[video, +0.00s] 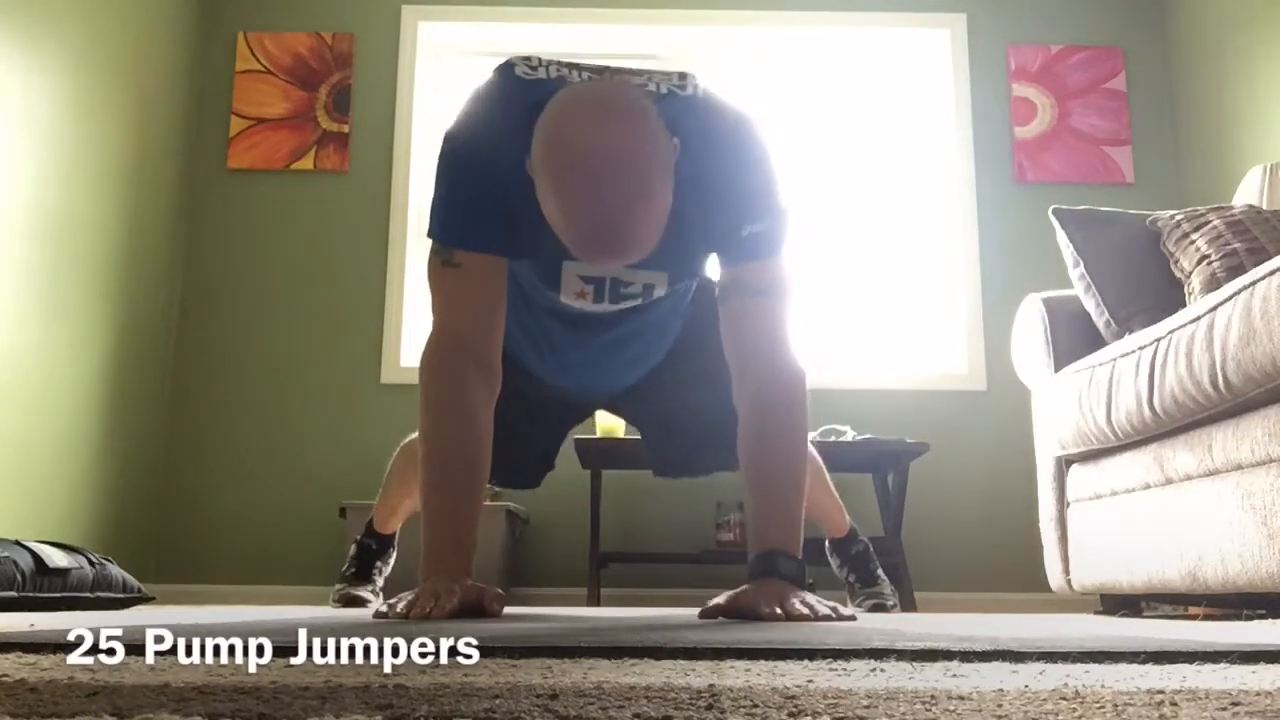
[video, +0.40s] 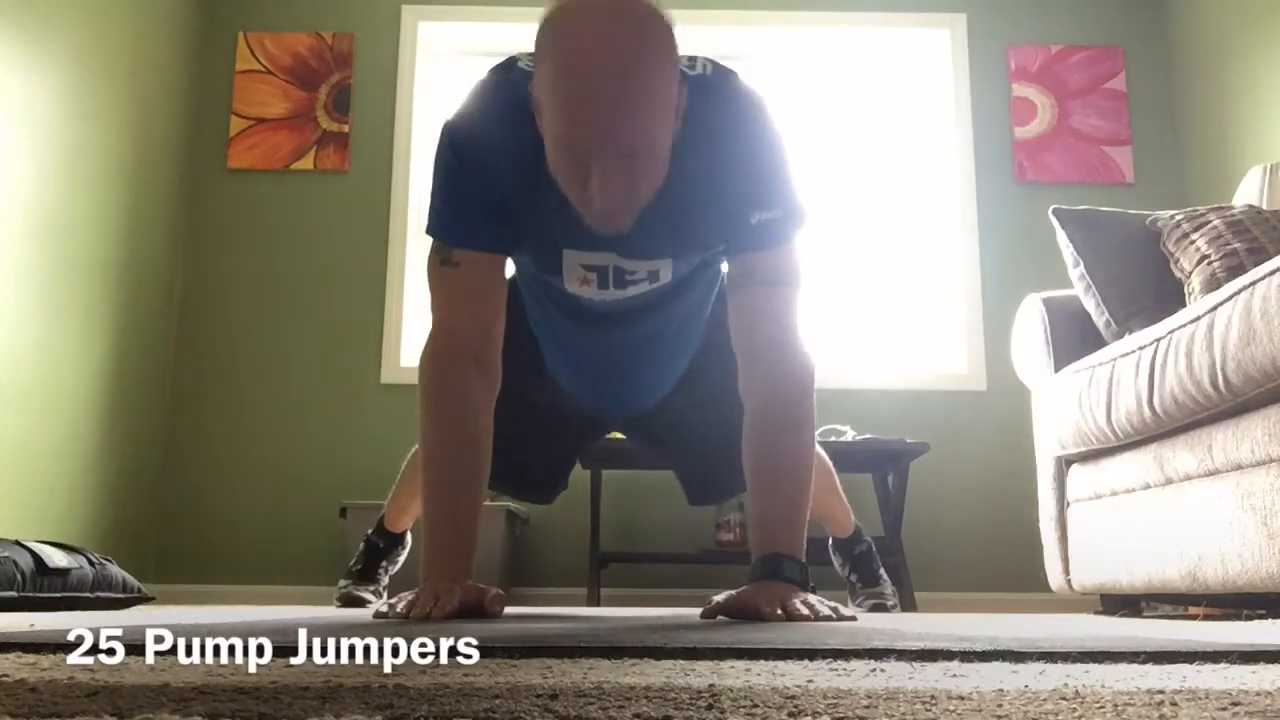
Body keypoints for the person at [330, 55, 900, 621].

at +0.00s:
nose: (605, 283)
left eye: (631, 269)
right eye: (584, 267)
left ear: (672, 167)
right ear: (536, 176)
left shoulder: (731, 154)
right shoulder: (482, 145)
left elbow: (768, 369)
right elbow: (459, 361)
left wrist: (776, 571)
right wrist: (448, 578)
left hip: (671, 330)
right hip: (529, 338)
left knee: (771, 439)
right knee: (449, 452)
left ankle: (854, 549)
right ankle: (374, 534)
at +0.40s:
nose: (605, 195)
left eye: (633, 159)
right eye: (579, 159)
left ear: (676, 105)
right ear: (539, 102)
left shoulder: (735, 125)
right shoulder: (483, 133)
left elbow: (776, 360)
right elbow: (461, 356)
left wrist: (779, 574)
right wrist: (445, 580)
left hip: (690, 339)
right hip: (540, 336)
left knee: (787, 453)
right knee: (445, 449)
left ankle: (855, 551)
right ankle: (384, 547)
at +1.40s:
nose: (599, 81)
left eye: (633, 44)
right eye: (575, 45)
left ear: (678, 59)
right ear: (544, 53)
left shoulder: (729, 135)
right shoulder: (491, 139)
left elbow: (772, 360)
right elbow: (461, 359)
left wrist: (783, 574)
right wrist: (446, 582)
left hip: (690, 377)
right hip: (537, 377)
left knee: (788, 469)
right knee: (445, 469)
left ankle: (860, 557)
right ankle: (381, 549)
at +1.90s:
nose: (605, 88)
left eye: (638, 53)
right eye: (579, 51)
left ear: (681, 59)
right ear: (546, 54)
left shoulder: (731, 131)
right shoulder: (493, 134)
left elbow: (771, 361)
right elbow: (461, 359)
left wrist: (781, 575)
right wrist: (446, 581)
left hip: (689, 364)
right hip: (536, 361)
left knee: (785, 462)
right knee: (448, 457)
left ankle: (857, 556)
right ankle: (381, 548)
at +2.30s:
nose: (617, 89)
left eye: (650, 53)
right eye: (588, 50)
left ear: (691, 54)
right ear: (552, 45)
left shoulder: (737, 120)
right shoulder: (499, 118)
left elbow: (777, 359)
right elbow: (463, 355)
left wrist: (782, 576)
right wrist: (445, 580)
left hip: (687, 344)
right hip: (537, 343)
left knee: (785, 457)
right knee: (450, 456)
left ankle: (856, 550)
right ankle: (381, 544)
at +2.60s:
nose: (620, 134)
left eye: (650, 99)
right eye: (587, 95)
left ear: (697, 50)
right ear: (554, 41)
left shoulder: (745, 107)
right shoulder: (498, 109)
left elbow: (782, 355)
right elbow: (462, 348)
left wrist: (783, 575)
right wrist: (445, 581)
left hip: (692, 333)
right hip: (542, 331)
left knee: (793, 452)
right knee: (451, 448)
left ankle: (858, 549)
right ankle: (385, 547)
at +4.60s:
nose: (620, 188)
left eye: (654, 153)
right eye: (588, 149)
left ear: (695, 95)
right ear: (550, 92)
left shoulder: (748, 131)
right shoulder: (492, 137)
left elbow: (785, 368)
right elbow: (457, 365)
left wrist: (783, 576)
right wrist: (445, 581)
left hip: (691, 335)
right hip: (539, 332)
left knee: (792, 450)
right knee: (447, 447)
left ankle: (859, 551)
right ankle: (382, 551)